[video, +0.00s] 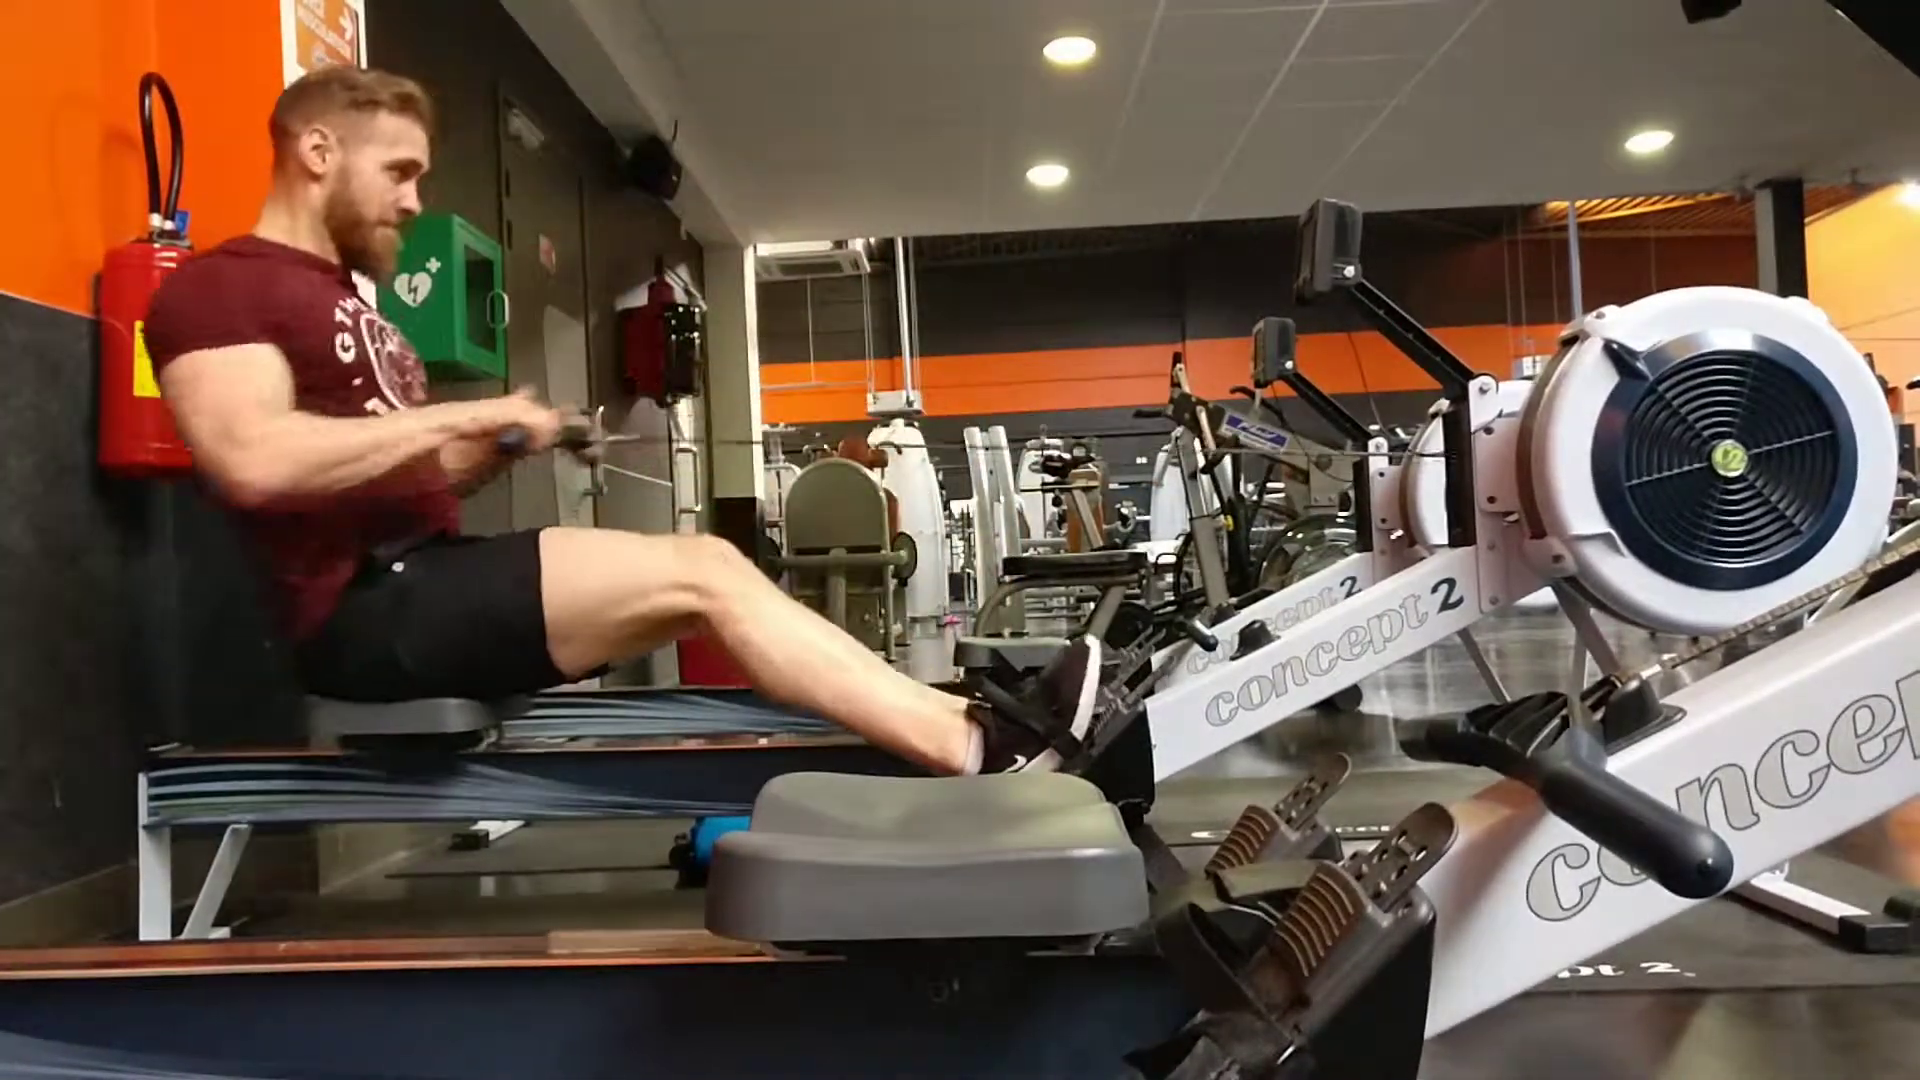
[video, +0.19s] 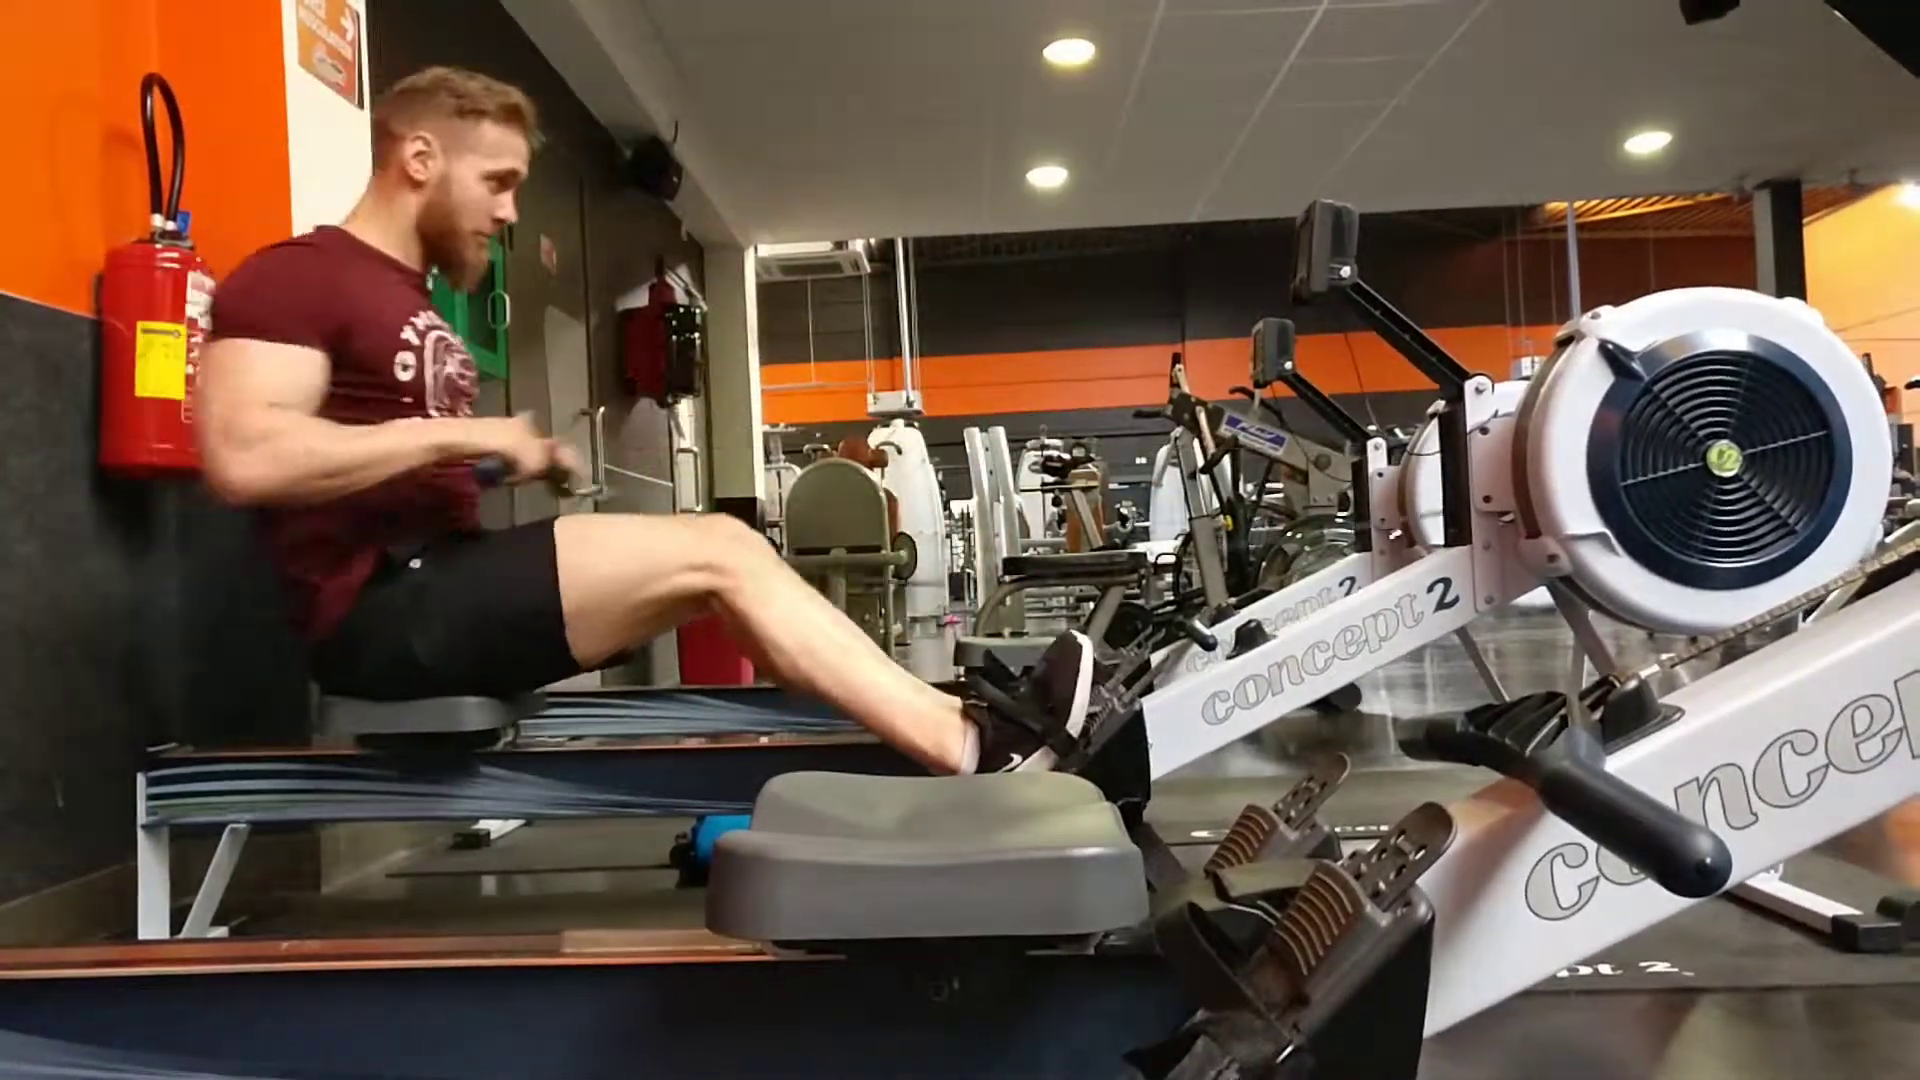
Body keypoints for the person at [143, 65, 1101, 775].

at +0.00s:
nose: (415, 203)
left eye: (419, 181)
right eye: (398, 173)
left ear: (320, 159)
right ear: (311, 154)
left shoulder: (360, 306)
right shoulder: (225, 283)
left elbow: (425, 485)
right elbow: (255, 461)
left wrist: (488, 439)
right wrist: (453, 425)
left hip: (426, 584)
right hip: (360, 607)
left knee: (713, 565)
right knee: (708, 566)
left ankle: (974, 729)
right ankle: (970, 752)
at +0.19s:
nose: (510, 213)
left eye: (516, 189)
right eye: (497, 182)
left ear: (427, 166)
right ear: (415, 161)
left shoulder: (417, 302)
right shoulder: (298, 278)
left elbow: (406, 471)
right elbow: (242, 457)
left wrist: (506, 460)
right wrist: (457, 434)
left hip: (441, 593)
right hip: (381, 614)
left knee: (730, 543)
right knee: (723, 547)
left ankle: (957, 734)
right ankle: (960, 750)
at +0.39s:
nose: (685, 196)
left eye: (690, 173)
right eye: (674, 167)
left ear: (601, 150)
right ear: (596, 146)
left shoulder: (608, 302)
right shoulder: (501, 272)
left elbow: (689, 423)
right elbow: (665, 412)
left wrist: (855, 430)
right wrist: (864, 407)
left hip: (574, 596)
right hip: (519, 611)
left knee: (838, 469)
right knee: (826, 475)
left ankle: (976, 720)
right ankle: (976, 741)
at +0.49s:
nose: (791, 196)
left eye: (795, 172)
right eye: (781, 165)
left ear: (710, 152)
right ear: (706, 145)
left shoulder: (659, 280)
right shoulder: (625, 269)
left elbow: (830, 389)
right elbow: (834, 404)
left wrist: (1002, 425)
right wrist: (1006, 426)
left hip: (637, 608)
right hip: (611, 616)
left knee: (884, 447)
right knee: (884, 452)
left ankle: (969, 717)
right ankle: (974, 730)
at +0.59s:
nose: (889, 194)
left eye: (892, 170)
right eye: (880, 164)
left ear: (811, 151)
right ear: (808, 146)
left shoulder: (762, 270)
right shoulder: (736, 264)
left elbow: (940, 397)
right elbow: (950, 402)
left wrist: (1118, 455)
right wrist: (1136, 452)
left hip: (702, 606)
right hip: (685, 614)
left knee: (933, 431)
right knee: (931, 433)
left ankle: (977, 715)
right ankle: (976, 727)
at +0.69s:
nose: (961, 195)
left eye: (964, 172)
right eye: (952, 168)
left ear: (884, 155)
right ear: (885, 153)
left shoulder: (836, 264)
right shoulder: (831, 264)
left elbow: (1046, 392)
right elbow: (1052, 417)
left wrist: (1218, 468)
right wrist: (1233, 475)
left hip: (755, 602)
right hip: (747, 611)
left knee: (991, 415)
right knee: (981, 415)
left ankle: (990, 705)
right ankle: (980, 721)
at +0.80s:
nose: (969, 185)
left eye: (971, 161)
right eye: (958, 156)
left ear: (890, 148)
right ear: (891, 145)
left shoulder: (846, 261)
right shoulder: (846, 261)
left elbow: (1063, 394)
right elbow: (1070, 411)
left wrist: (1225, 469)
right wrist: (1249, 472)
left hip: (764, 604)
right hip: (757, 612)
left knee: (1004, 416)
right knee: (992, 411)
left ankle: (986, 698)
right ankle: (981, 713)